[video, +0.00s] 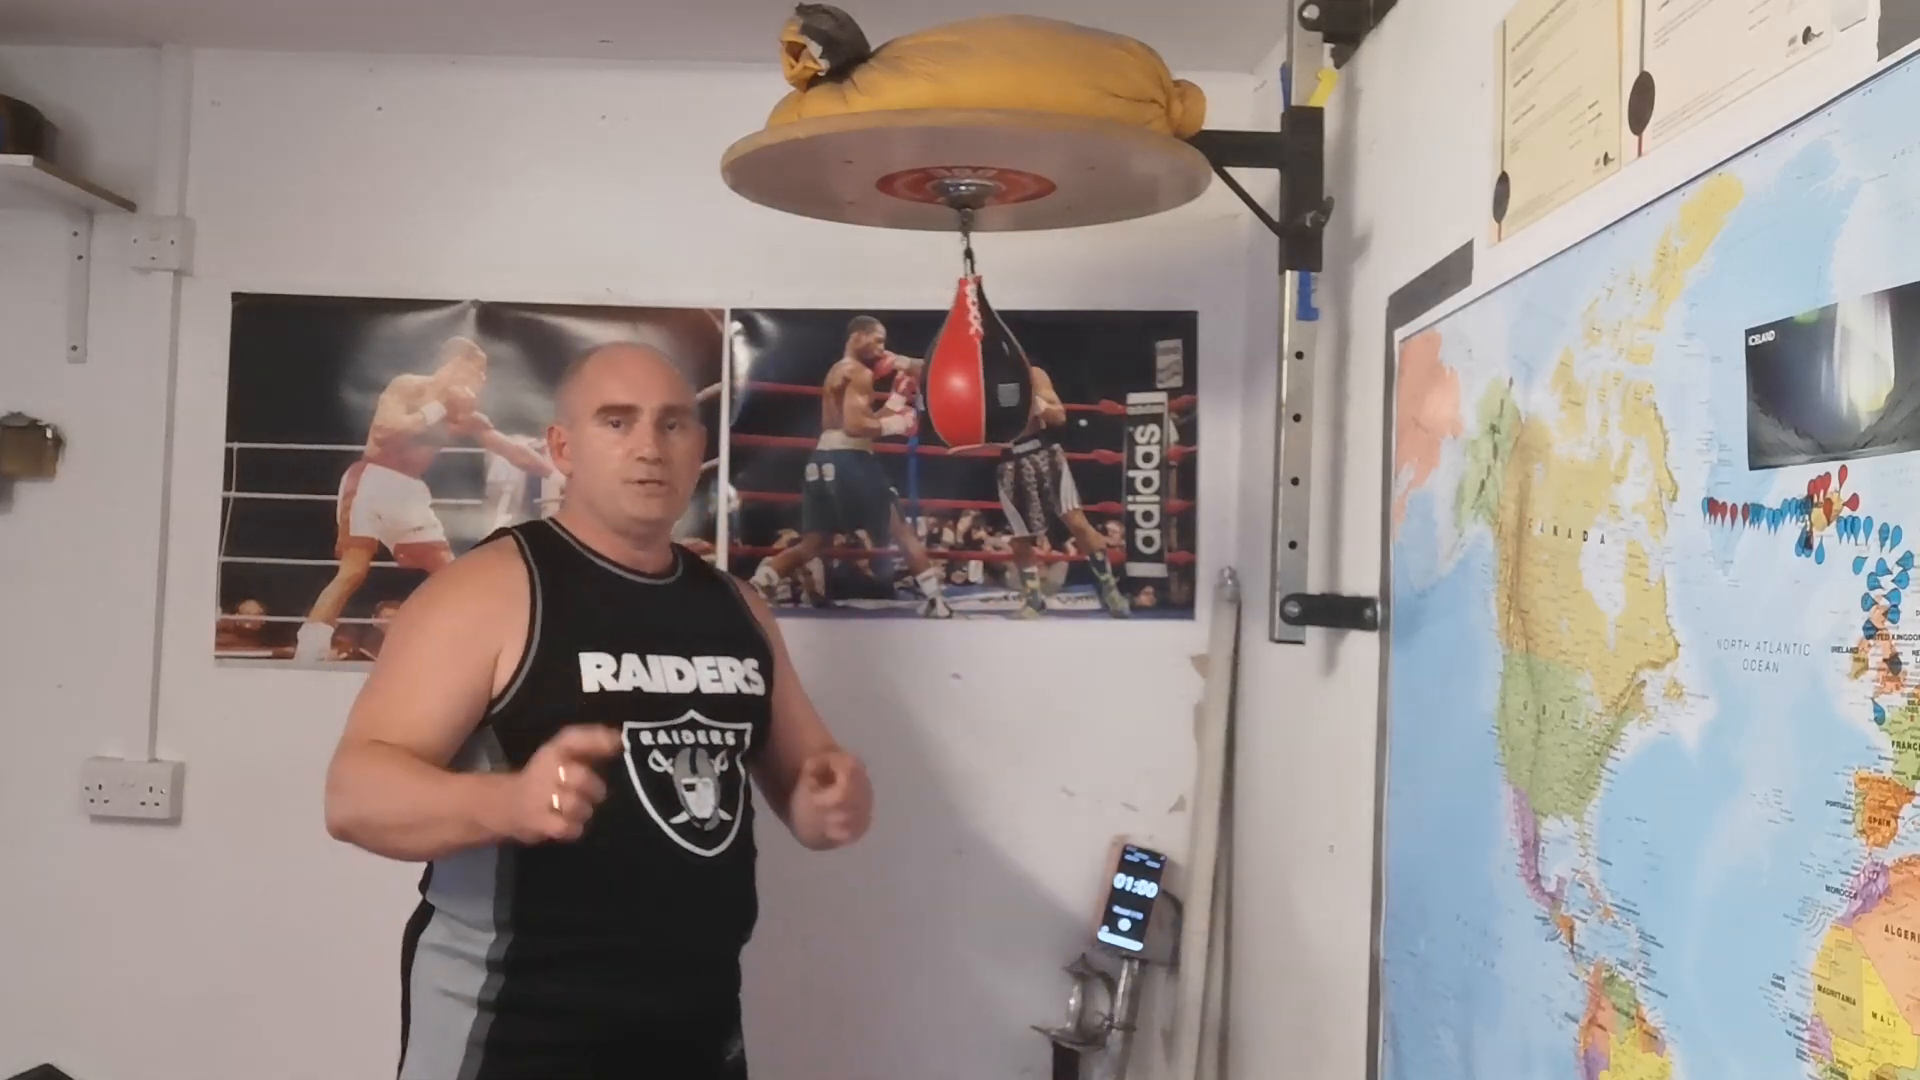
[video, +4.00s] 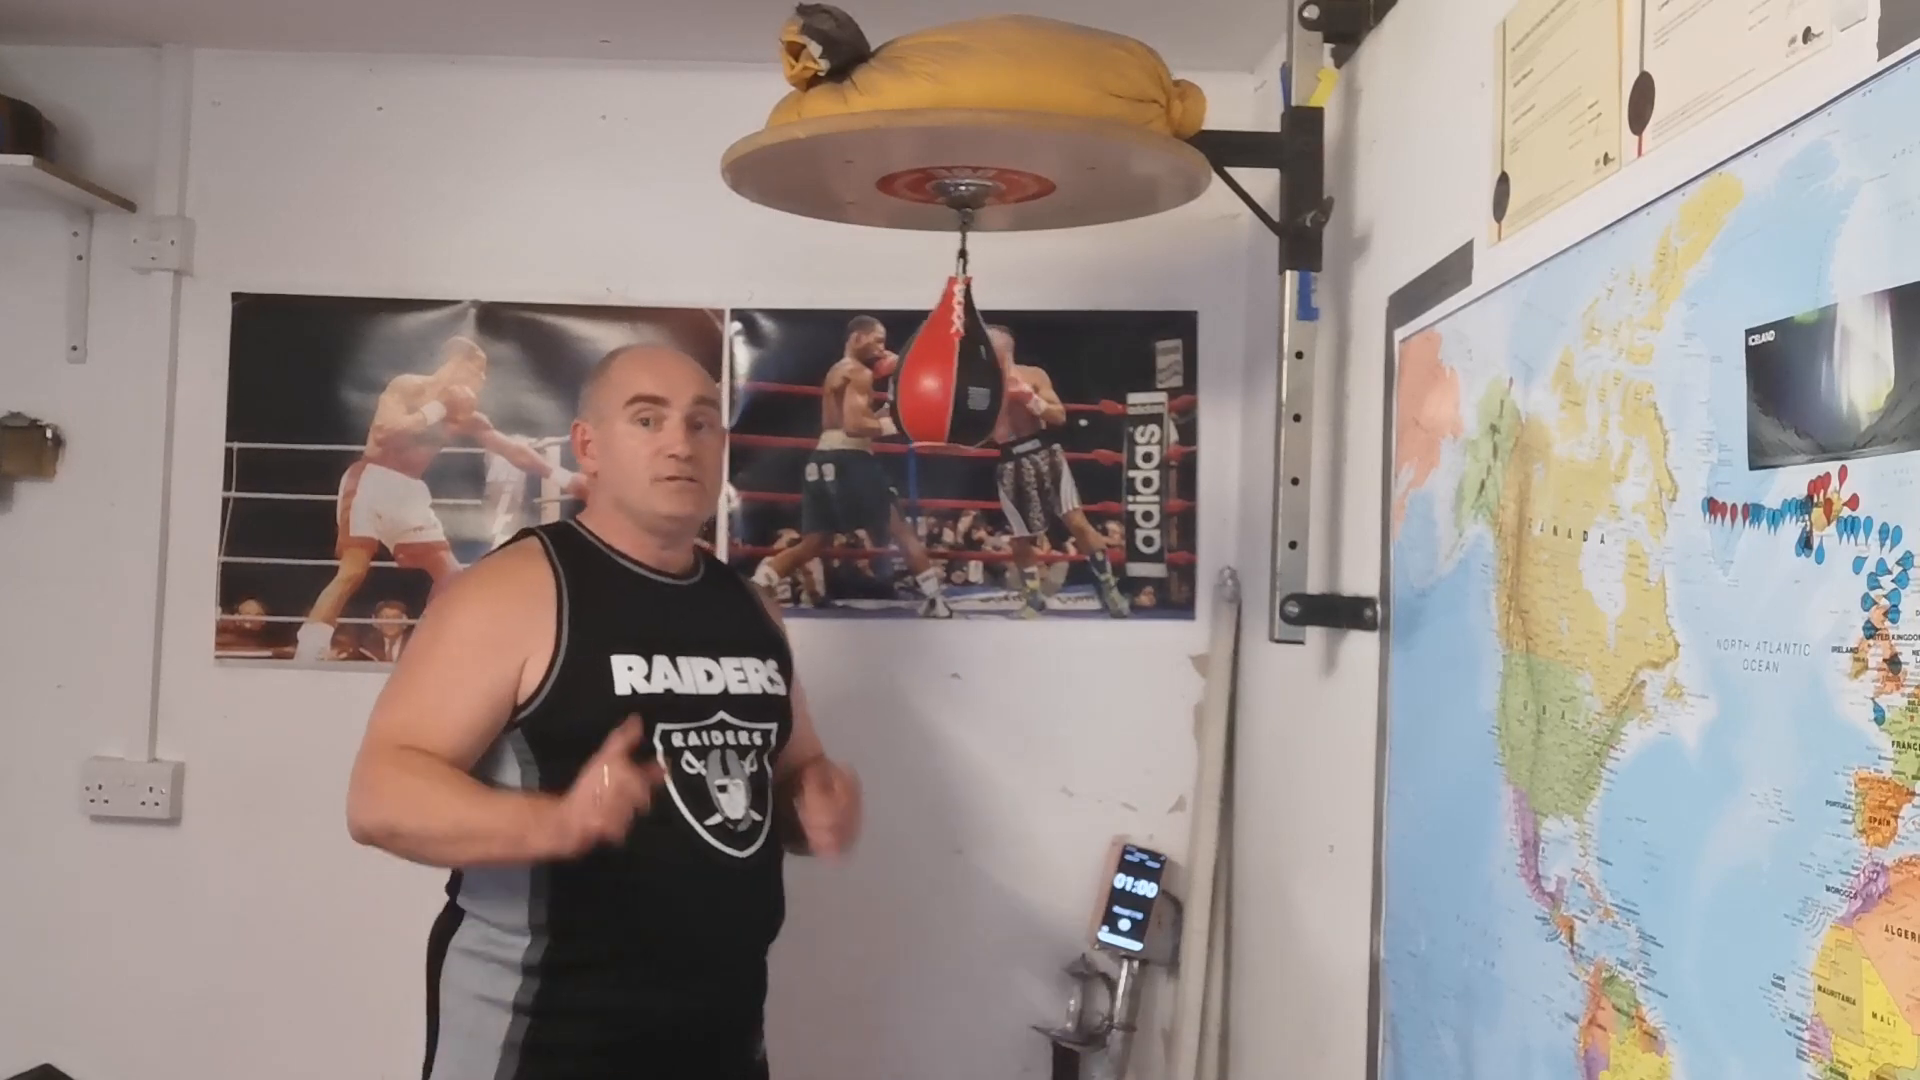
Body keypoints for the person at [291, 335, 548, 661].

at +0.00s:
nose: (480, 381)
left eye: (482, 374)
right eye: (475, 371)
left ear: (474, 378)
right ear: (452, 365)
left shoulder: (463, 410)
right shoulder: (406, 386)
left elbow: (505, 447)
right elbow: (382, 434)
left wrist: (555, 473)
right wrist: (435, 411)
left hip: (410, 494)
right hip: (371, 484)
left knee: (448, 576)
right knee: (352, 572)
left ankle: (455, 653)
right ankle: (307, 646)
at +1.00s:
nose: (480, 381)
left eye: (483, 374)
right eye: (475, 370)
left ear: (474, 378)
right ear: (452, 364)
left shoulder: (464, 409)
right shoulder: (406, 386)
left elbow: (507, 448)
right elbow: (384, 432)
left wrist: (555, 473)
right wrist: (436, 411)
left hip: (409, 493)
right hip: (369, 483)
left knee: (449, 573)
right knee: (352, 572)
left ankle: (466, 651)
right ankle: (308, 649)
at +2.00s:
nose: (473, 385)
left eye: (477, 379)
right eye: (469, 375)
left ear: (477, 382)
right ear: (450, 365)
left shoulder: (464, 415)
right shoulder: (405, 386)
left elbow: (510, 449)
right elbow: (384, 432)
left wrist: (563, 478)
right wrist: (436, 410)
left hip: (409, 493)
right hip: (369, 484)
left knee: (448, 574)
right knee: (353, 571)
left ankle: (462, 652)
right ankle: (306, 650)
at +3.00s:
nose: (476, 384)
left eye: (479, 377)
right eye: (472, 374)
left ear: (476, 380)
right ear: (451, 365)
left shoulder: (464, 415)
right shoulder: (404, 386)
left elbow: (511, 449)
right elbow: (383, 433)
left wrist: (563, 478)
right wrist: (436, 409)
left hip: (408, 492)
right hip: (367, 483)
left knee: (448, 573)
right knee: (353, 570)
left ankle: (461, 654)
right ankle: (306, 652)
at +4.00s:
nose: (477, 385)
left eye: (479, 378)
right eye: (473, 374)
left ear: (476, 380)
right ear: (452, 365)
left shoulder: (465, 415)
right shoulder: (404, 386)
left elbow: (512, 450)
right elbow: (384, 433)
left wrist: (564, 478)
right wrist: (437, 409)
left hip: (408, 494)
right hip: (367, 484)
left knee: (449, 574)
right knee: (353, 571)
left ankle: (427, 660)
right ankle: (306, 651)